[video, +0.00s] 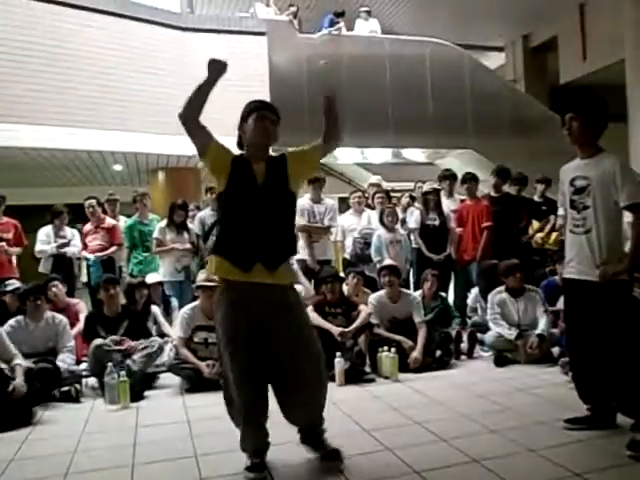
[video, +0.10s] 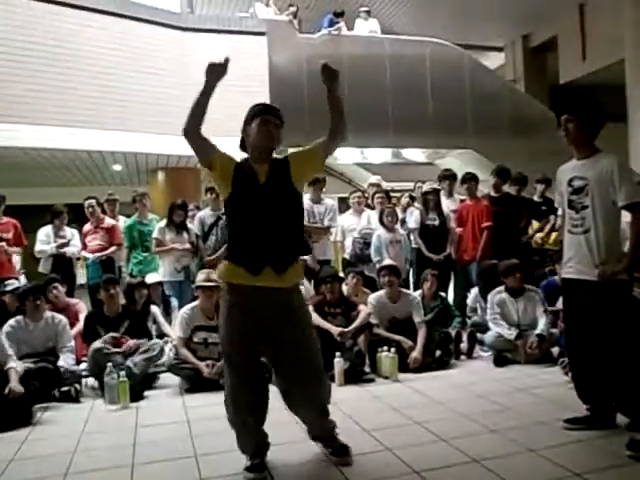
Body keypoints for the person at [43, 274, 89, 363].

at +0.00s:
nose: (53, 290)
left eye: (55, 286)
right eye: (49, 289)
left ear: (64, 287)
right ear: (47, 294)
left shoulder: (77, 304)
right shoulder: (48, 309)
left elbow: (82, 322)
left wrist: (70, 335)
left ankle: (83, 357)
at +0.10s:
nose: (54, 293)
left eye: (55, 288)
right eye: (49, 291)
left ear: (64, 287)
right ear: (47, 296)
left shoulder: (77, 304)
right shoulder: (48, 310)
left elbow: (82, 322)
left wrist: (70, 335)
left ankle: (82, 357)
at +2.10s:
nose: (58, 289)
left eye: (61, 285)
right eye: (54, 287)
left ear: (68, 289)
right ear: (51, 293)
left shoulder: (80, 305)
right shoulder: (49, 309)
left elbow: (83, 322)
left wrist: (71, 335)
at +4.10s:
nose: (65, 293)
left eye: (67, 288)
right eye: (61, 290)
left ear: (73, 290)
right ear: (56, 295)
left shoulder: (83, 307)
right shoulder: (54, 312)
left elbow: (91, 324)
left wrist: (75, 338)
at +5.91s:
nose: (65, 293)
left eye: (67, 289)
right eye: (60, 291)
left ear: (73, 291)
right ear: (56, 296)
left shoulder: (83, 307)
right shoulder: (53, 312)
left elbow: (90, 325)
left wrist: (74, 338)